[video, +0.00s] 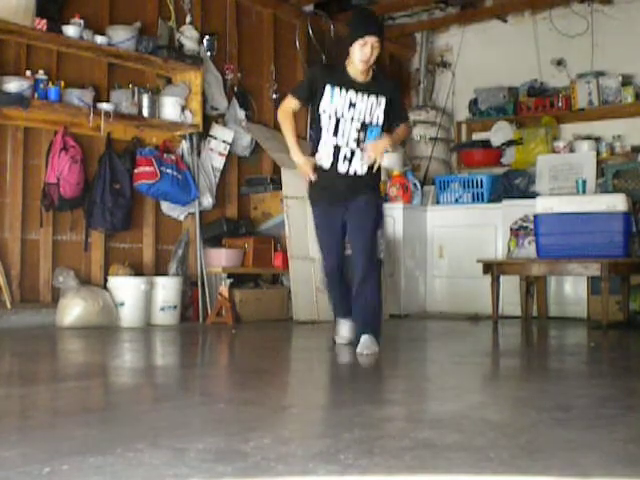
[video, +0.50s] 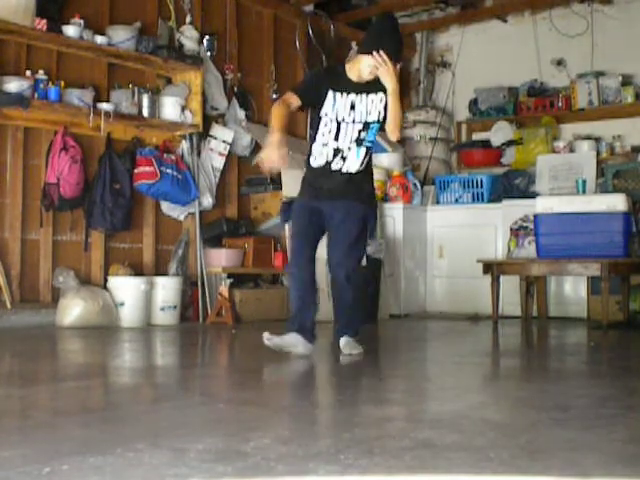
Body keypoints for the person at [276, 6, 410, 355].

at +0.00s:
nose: (369, 52)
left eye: (374, 46)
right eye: (363, 45)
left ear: (379, 50)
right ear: (349, 46)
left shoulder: (386, 88)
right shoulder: (322, 79)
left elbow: (403, 127)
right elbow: (285, 110)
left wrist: (386, 142)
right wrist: (298, 155)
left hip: (363, 188)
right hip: (325, 187)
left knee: (365, 259)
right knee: (332, 261)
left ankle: (367, 332)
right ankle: (343, 317)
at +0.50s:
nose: (382, 72)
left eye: (387, 68)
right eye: (382, 65)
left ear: (386, 64)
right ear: (369, 55)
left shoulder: (384, 91)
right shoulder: (325, 79)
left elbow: (394, 135)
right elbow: (283, 105)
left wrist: (392, 87)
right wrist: (276, 141)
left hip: (352, 194)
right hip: (312, 190)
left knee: (344, 267)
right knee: (299, 262)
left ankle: (347, 335)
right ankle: (301, 334)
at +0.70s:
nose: (382, 44)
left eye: (386, 40)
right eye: (382, 37)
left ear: (382, 36)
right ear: (367, 28)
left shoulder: (380, 66)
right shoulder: (320, 54)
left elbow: (383, 110)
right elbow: (268, 75)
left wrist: (381, 55)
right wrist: (256, 117)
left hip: (348, 169)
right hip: (309, 163)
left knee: (347, 249)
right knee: (300, 233)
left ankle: (342, 327)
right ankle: (278, 309)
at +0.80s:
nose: (376, 29)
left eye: (379, 24)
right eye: (373, 21)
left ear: (377, 25)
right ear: (355, 16)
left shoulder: (375, 57)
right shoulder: (316, 46)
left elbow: (372, 98)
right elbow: (266, 77)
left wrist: (368, 43)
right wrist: (222, 113)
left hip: (345, 160)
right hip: (307, 153)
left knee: (344, 239)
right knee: (318, 226)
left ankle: (309, 308)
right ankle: (296, 310)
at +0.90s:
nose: (351, 42)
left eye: (356, 37)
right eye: (347, 34)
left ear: (360, 36)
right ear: (330, 25)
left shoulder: (360, 63)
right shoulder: (307, 58)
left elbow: (359, 101)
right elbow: (270, 87)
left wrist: (337, 59)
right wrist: (235, 117)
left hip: (335, 172)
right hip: (311, 170)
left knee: (322, 251)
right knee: (331, 248)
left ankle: (268, 322)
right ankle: (313, 330)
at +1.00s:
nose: (345, 34)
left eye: (349, 27)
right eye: (338, 28)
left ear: (357, 32)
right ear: (325, 32)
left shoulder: (366, 68)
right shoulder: (304, 62)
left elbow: (360, 105)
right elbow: (275, 96)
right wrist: (248, 130)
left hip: (335, 169)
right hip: (304, 164)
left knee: (316, 249)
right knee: (322, 246)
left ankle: (263, 326)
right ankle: (307, 336)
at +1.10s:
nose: (336, 29)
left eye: (342, 22)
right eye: (328, 22)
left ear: (351, 25)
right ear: (317, 26)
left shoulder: (362, 65)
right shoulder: (298, 56)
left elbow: (367, 119)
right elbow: (272, 103)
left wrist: (368, 164)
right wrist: (256, 145)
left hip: (332, 174)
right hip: (294, 165)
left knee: (324, 254)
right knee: (296, 243)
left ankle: (285, 322)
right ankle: (287, 328)